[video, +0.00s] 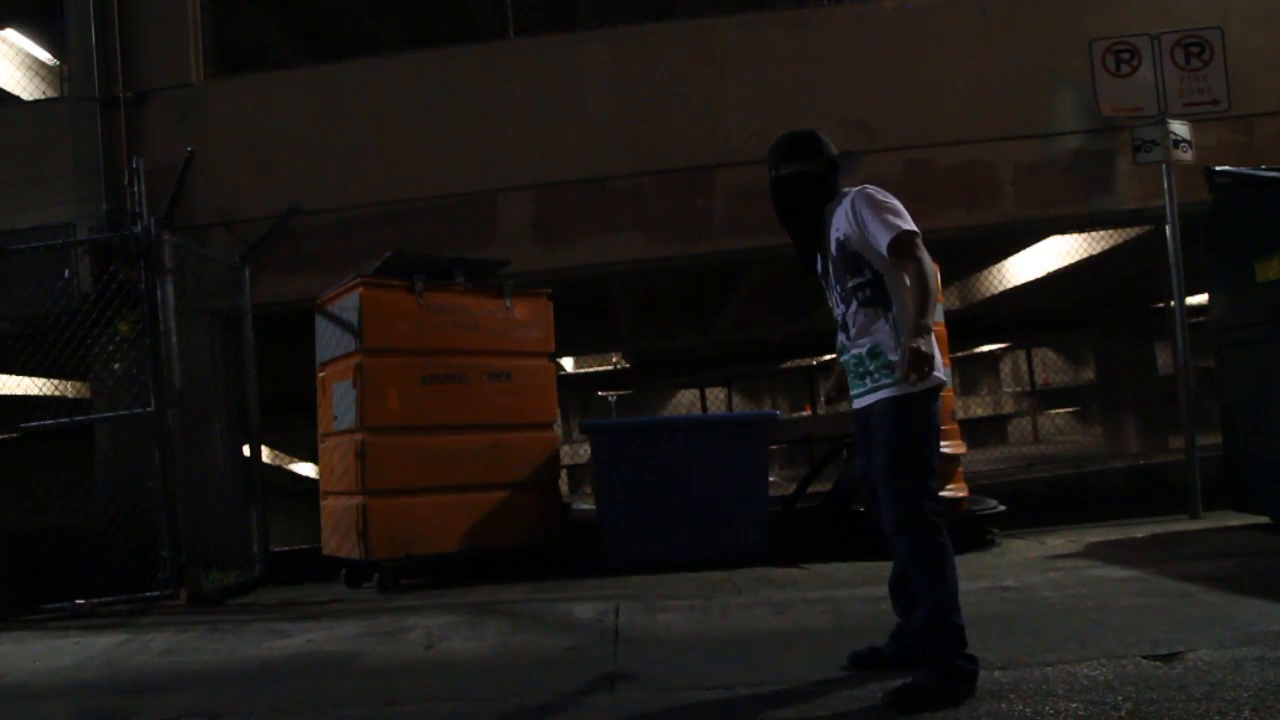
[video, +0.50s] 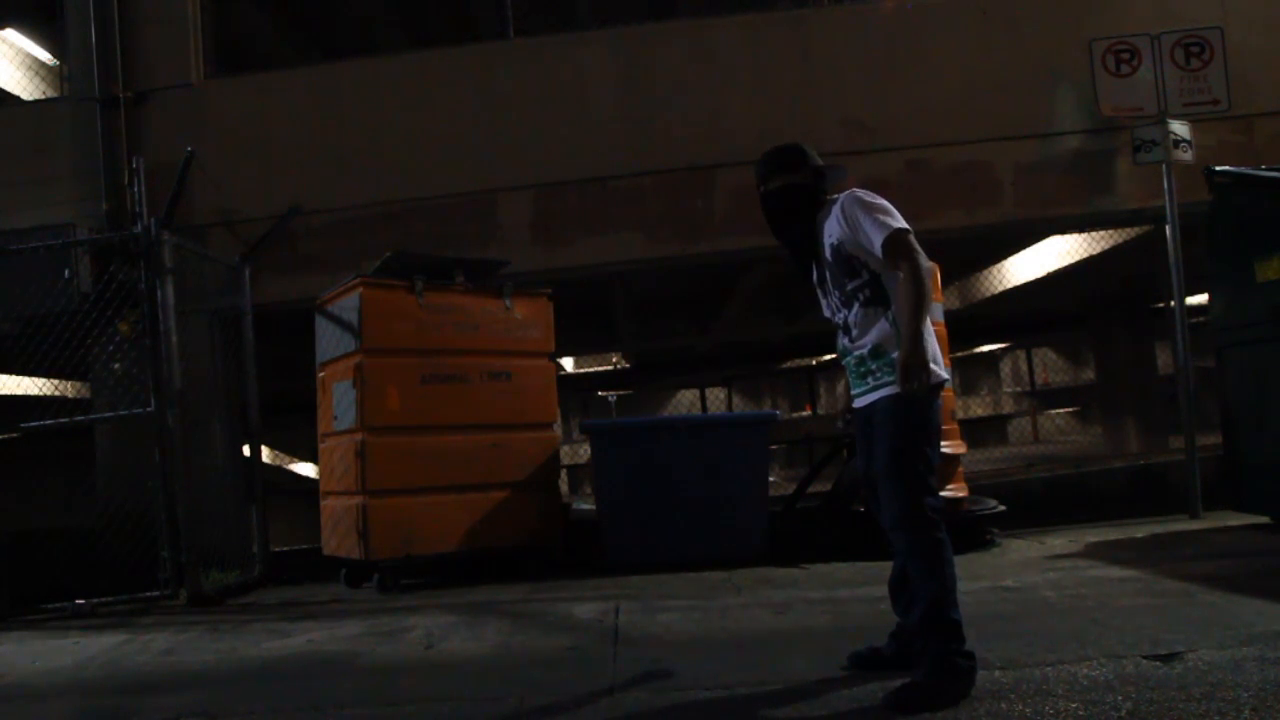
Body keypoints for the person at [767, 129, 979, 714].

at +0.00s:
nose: (782, 193)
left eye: (790, 178)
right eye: (778, 182)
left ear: (817, 171)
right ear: (790, 182)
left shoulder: (861, 203)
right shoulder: (828, 233)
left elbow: (918, 267)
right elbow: (865, 310)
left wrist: (916, 336)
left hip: (904, 392)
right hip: (875, 398)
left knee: (916, 522)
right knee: (897, 522)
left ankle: (948, 661)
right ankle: (914, 638)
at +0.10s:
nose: (777, 203)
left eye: (784, 188)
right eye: (772, 191)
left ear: (813, 178)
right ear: (787, 189)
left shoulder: (857, 204)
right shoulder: (827, 240)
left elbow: (918, 268)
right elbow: (864, 316)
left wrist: (917, 352)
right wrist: (859, 382)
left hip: (905, 393)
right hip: (875, 400)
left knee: (917, 523)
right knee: (898, 523)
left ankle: (948, 661)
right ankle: (914, 638)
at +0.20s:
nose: (774, 201)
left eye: (780, 186)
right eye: (769, 190)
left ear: (809, 177)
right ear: (784, 189)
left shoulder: (855, 205)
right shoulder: (825, 243)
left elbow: (919, 267)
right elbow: (861, 320)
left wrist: (920, 352)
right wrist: (860, 387)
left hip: (905, 392)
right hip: (875, 401)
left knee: (916, 519)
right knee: (897, 520)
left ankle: (947, 660)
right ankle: (914, 638)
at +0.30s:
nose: (772, 205)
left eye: (778, 190)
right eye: (767, 194)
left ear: (807, 180)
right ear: (782, 193)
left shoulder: (853, 206)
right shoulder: (823, 244)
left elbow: (916, 265)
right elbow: (861, 317)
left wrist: (920, 347)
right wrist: (860, 385)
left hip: (904, 391)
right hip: (875, 399)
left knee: (915, 518)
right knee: (897, 519)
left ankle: (947, 660)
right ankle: (913, 639)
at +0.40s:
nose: (772, 208)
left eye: (777, 194)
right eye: (767, 198)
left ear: (805, 182)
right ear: (784, 195)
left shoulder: (852, 206)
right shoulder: (823, 245)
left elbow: (915, 266)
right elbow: (860, 325)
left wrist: (915, 353)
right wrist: (858, 396)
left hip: (904, 393)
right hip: (876, 402)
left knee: (915, 519)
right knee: (897, 520)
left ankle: (947, 661)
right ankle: (913, 639)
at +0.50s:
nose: (773, 207)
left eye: (778, 193)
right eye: (768, 197)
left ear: (806, 182)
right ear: (784, 194)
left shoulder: (852, 206)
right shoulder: (823, 244)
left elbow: (912, 264)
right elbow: (861, 321)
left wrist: (912, 353)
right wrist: (860, 392)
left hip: (904, 393)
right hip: (876, 402)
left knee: (915, 520)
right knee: (897, 520)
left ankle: (947, 660)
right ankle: (914, 638)